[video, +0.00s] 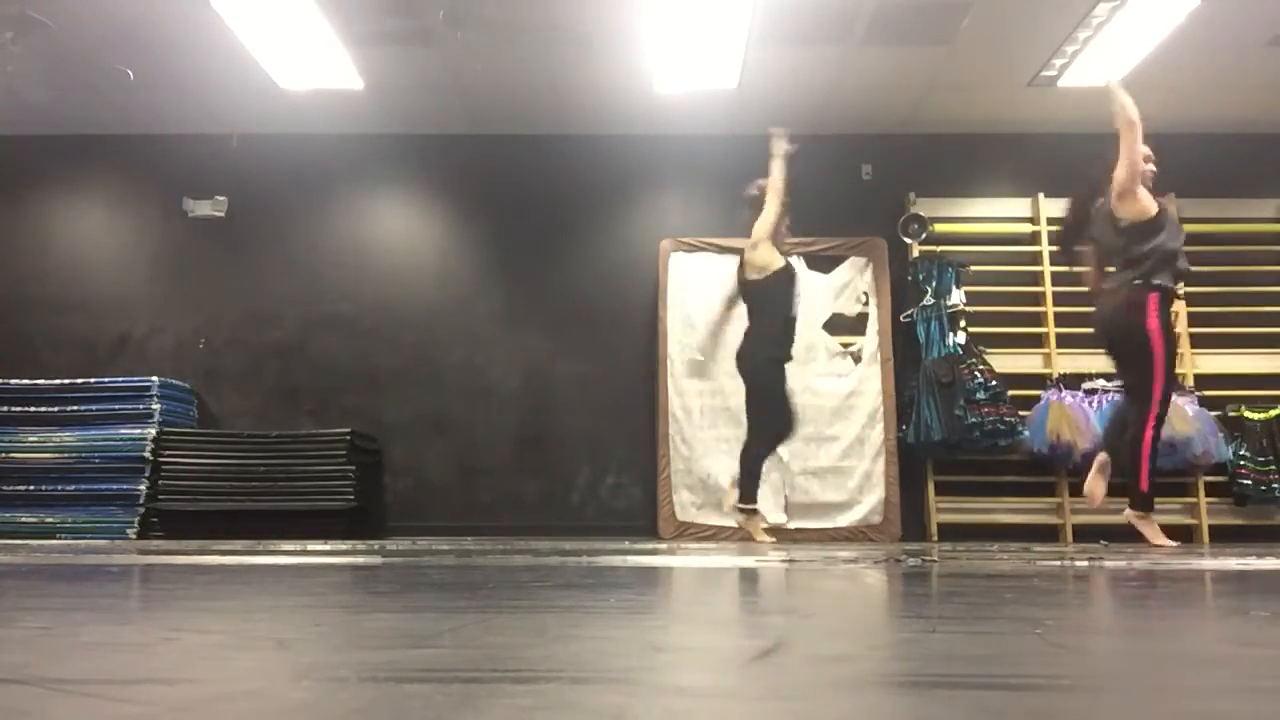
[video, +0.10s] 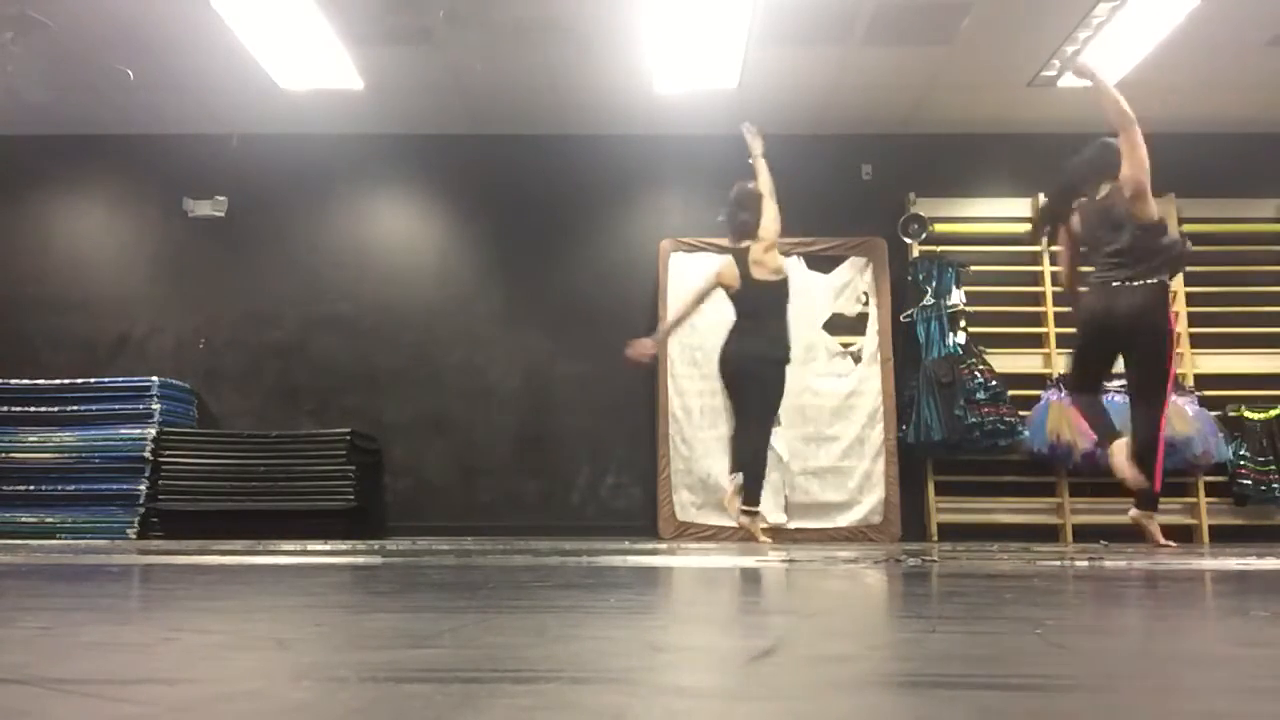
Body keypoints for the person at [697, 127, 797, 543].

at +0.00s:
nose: (784, 219)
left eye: (783, 212)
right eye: (779, 212)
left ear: (760, 214)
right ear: (766, 213)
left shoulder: (752, 256)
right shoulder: (761, 246)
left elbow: (727, 307)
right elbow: (774, 195)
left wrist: (706, 347)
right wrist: (779, 152)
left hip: (761, 352)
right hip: (763, 354)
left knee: (779, 424)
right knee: (764, 430)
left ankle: (742, 482)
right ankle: (748, 512)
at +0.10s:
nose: (762, 218)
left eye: (752, 211)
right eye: (759, 212)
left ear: (730, 221)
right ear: (758, 219)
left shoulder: (725, 268)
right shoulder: (769, 250)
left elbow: (687, 309)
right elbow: (768, 198)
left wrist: (655, 339)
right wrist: (758, 155)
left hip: (735, 352)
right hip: (771, 354)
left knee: (744, 421)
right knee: (761, 428)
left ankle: (737, 481)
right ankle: (752, 514)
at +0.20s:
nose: (708, 233)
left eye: (711, 227)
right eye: (710, 226)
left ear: (722, 228)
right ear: (744, 225)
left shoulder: (713, 265)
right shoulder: (761, 251)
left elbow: (679, 300)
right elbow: (762, 201)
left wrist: (647, 327)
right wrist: (760, 157)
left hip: (727, 355)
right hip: (764, 356)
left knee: (703, 416)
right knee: (759, 435)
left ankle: (716, 484)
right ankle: (760, 512)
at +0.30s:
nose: (687, 238)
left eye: (691, 233)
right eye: (688, 232)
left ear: (709, 236)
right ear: (722, 234)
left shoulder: (697, 267)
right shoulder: (742, 256)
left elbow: (682, 295)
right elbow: (752, 214)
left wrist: (670, 321)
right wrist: (754, 179)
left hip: (713, 361)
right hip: (748, 361)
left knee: (674, 423)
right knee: (755, 435)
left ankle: (680, 494)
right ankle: (771, 510)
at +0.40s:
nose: (669, 249)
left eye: (674, 243)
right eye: (669, 243)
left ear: (694, 246)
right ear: (698, 246)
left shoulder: (687, 278)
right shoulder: (720, 270)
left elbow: (697, 306)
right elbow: (730, 244)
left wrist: (701, 334)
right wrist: (730, 219)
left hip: (702, 373)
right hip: (731, 371)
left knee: (655, 429)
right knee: (741, 439)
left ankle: (641, 509)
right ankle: (769, 513)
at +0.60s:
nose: (637, 260)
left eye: (643, 254)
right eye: (637, 253)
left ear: (664, 259)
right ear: (656, 260)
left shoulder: (670, 294)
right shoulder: (658, 294)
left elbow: (692, 338)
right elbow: (659, 342)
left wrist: (706, 380)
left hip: (655, 391)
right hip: (659, 390)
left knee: (610, 448)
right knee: (657, 462)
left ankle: (624, 525)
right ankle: (719, 493)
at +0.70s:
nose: (624, 259)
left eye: (632, 253)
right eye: (624, 253)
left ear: (652, 258)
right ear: (631, 258)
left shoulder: (661, 292)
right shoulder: (640, 295)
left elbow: (676, 344)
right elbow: (629, 347)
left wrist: (680, 394)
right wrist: (602, 373)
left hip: (647, 385)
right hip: (630, 383)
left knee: (606, 444)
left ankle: (624, 525)